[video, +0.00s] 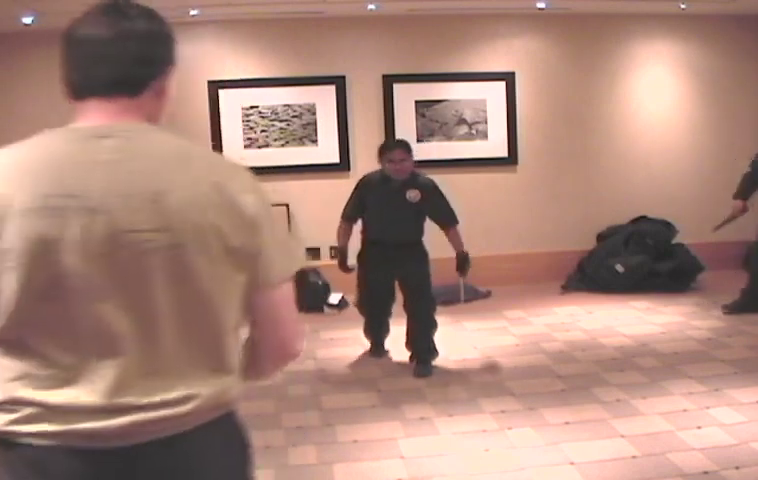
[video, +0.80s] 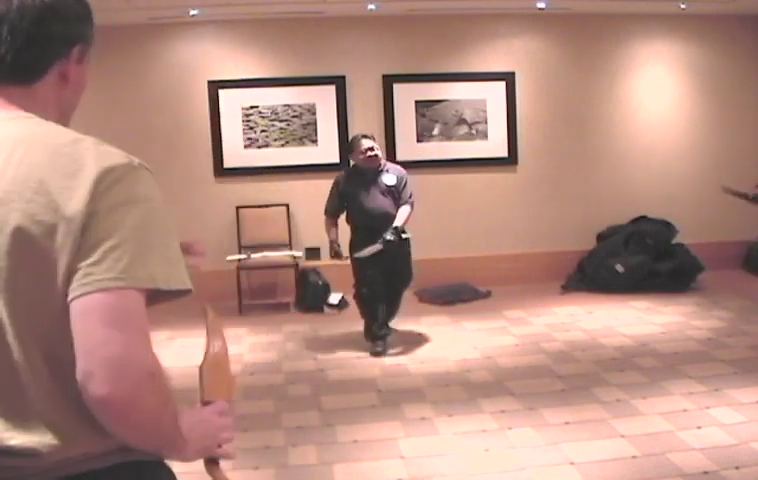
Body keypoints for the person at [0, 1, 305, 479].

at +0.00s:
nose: (171, 92)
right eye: (171, 81)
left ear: (68, 85)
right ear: (162, 86)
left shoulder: (9, 174)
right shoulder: (226, 182)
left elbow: (4, 328)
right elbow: (282, 339)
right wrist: (209, 371)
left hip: (37, 462)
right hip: (195, 457)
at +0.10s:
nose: (142, 89)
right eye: (142, 78)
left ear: (39, 78)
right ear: (133, 83)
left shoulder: (5, 164)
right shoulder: (186, 182)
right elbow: (263, 355)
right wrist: (220, 397)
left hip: (18, 462)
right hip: (163, 460)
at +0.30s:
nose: (108, 84)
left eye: (109, 68)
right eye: (110, 69)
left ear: (6, 59)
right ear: (95, 71)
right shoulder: (147, 175)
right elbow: (194, 360)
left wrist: (218, 419)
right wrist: (222, 422)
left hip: (12, 462)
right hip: (131, 458)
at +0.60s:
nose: (92, 82)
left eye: (93, 64)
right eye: (93, 64)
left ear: (7, 54)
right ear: (77, 64)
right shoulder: (112, 171)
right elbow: (142, 366)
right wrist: (192, 427)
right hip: (104, 462)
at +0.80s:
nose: (86, 81)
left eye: (88, 62)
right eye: (87, 62)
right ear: (71, 65)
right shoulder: (94, 175)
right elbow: (112, 379)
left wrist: (146, 252)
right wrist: (182, 436)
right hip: (88, 463)